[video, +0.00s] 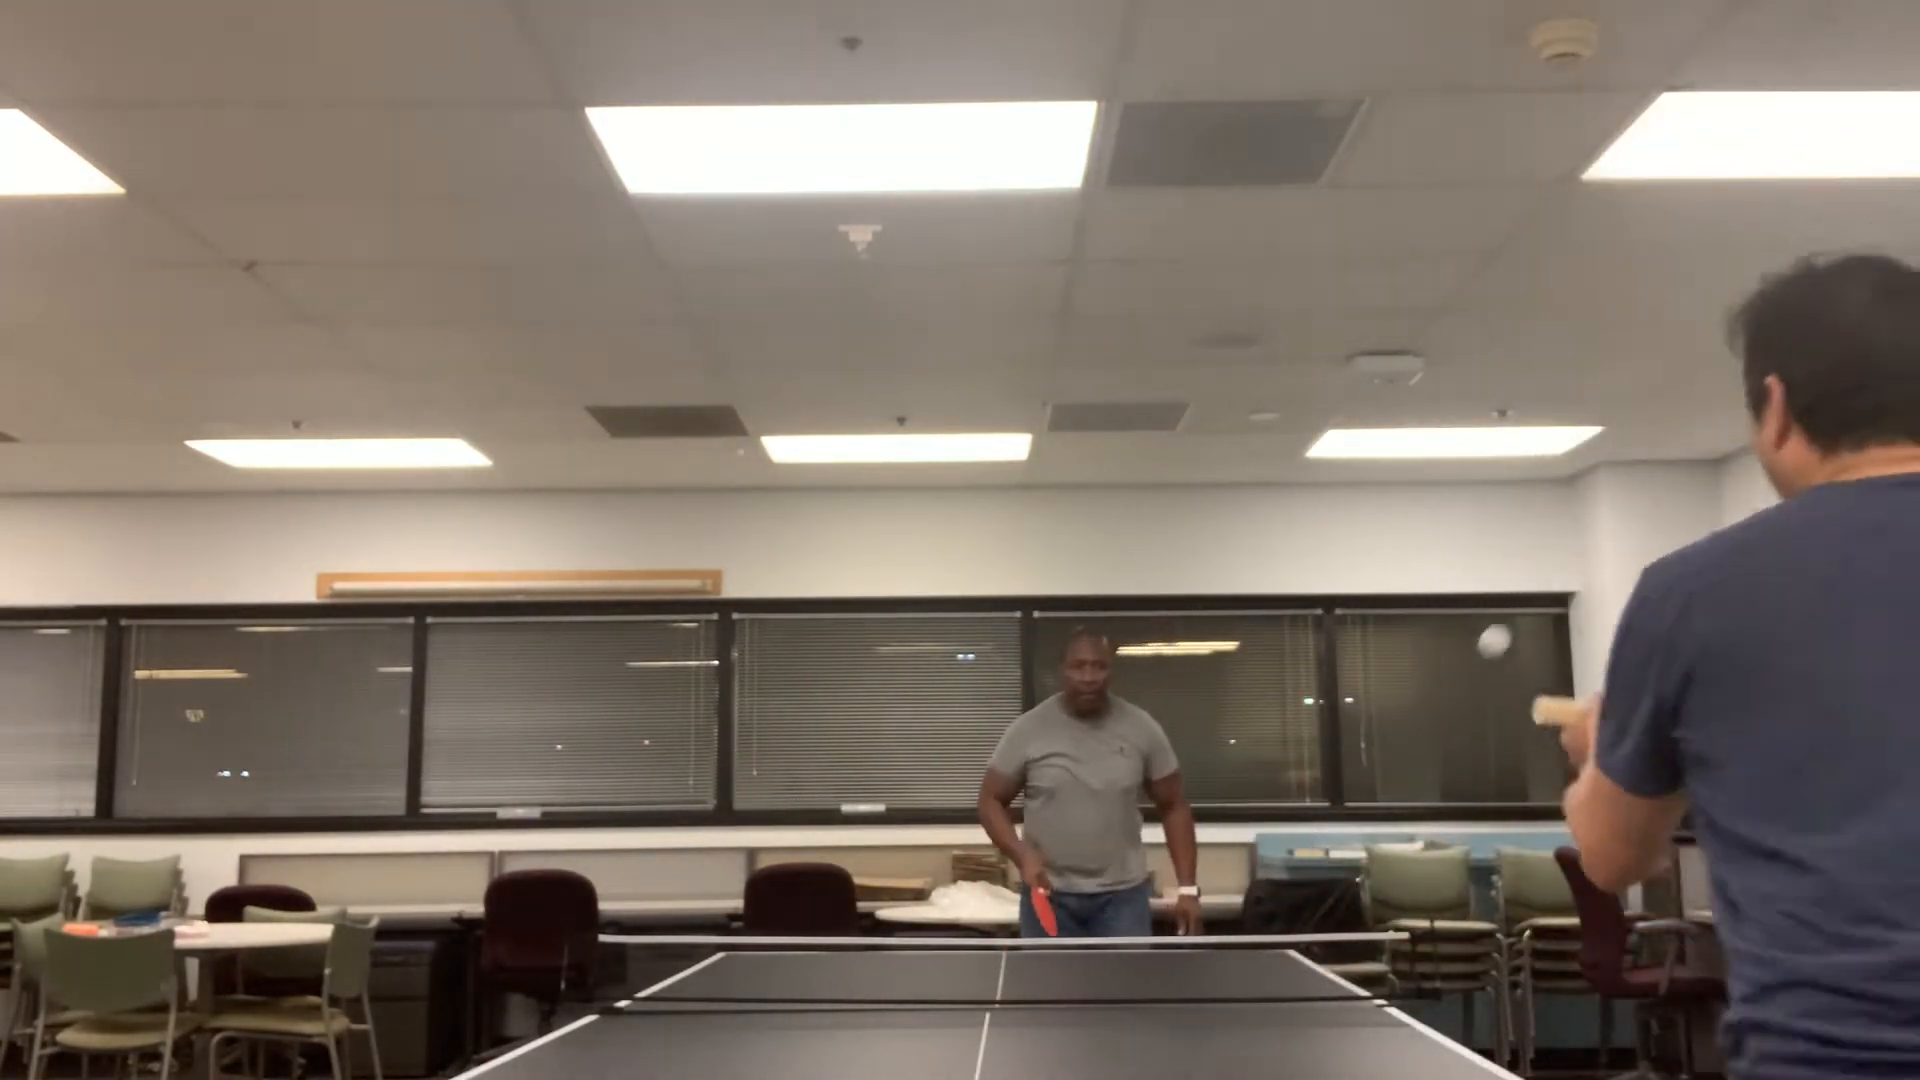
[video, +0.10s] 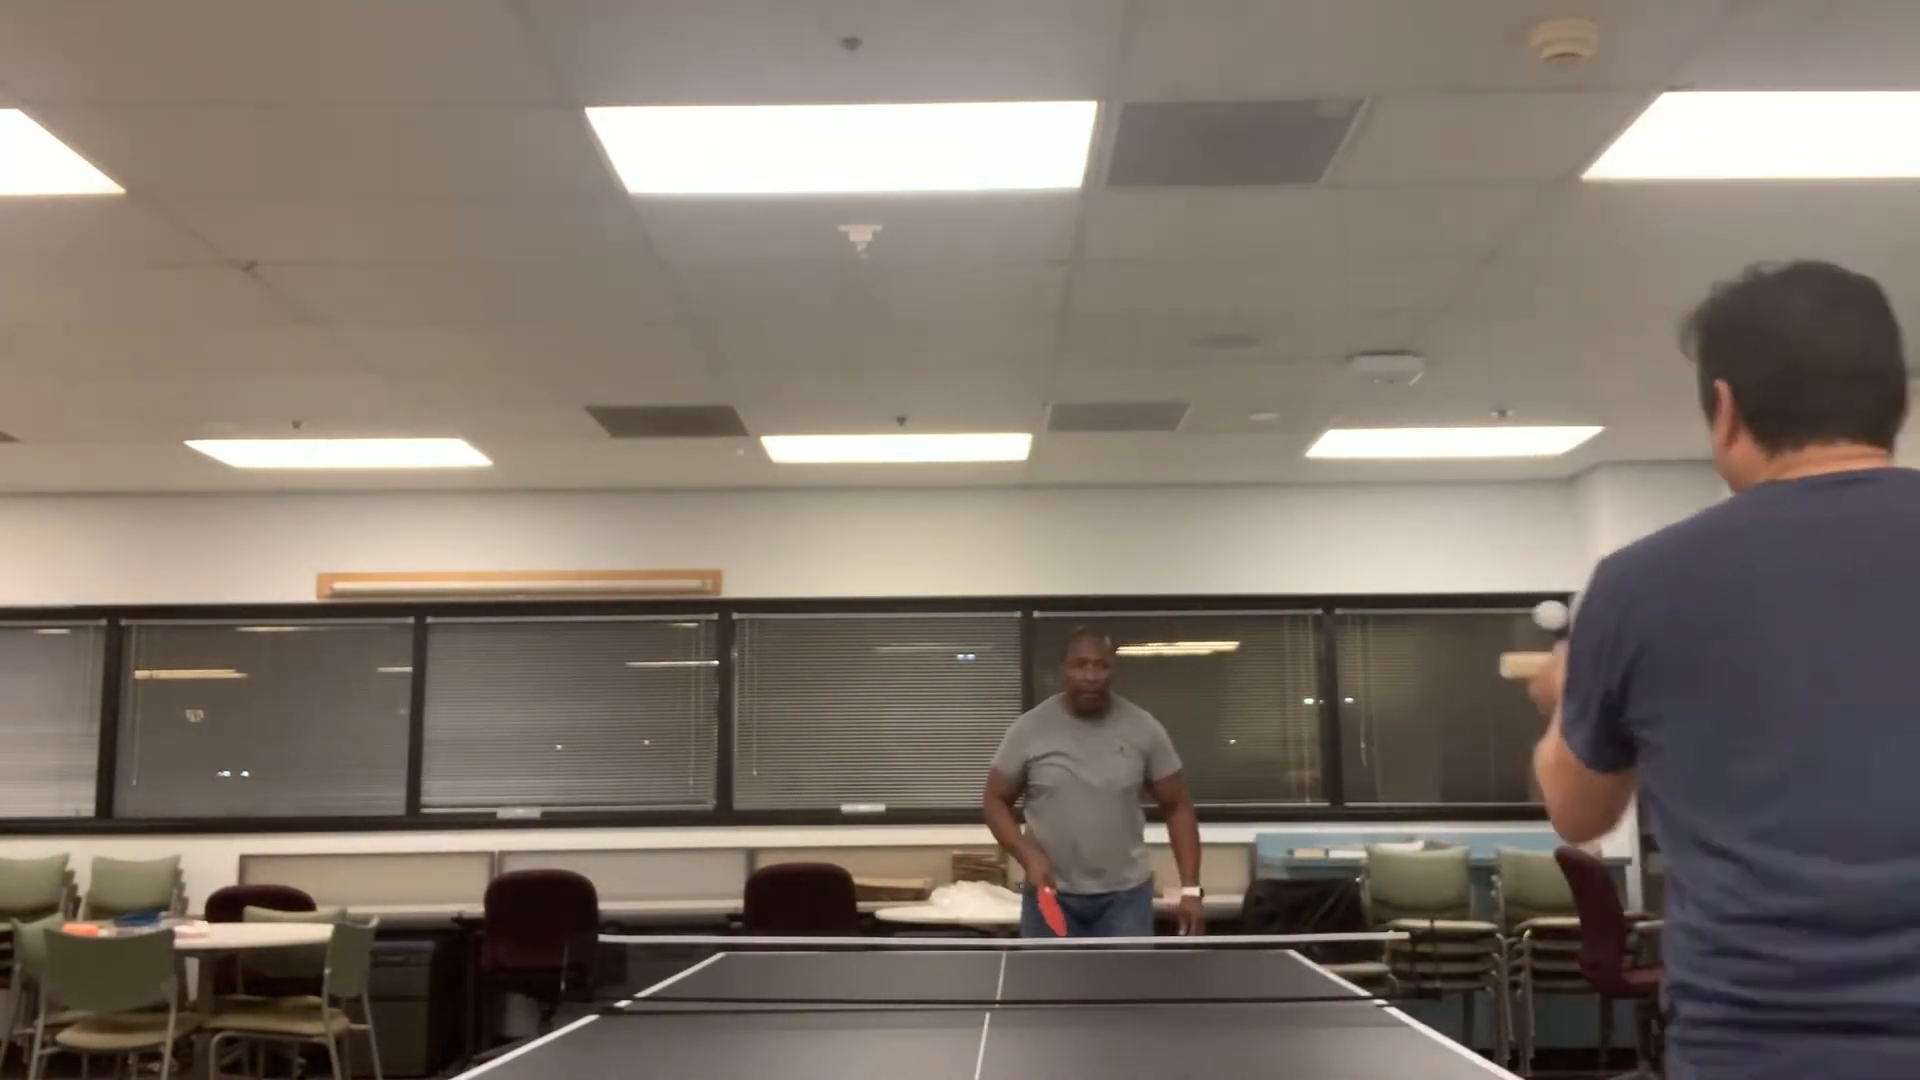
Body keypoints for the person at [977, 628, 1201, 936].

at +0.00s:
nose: (1089, 677)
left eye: (1099, 667)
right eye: (1079, 667)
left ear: (1110, 671)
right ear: (1062, 671)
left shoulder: (1141, 729)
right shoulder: (1028, 729)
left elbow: (1174, 806)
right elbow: (989, 802)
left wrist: (1187, 890)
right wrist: (1022, 856)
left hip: (1123, 896)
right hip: (1049, 897)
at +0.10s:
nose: (1091, 676)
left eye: (1101, 666)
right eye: (1080, 665)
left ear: (1112, 671)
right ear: (1063, 670)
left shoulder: (1143, 729)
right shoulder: (1029, 729)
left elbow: (1177, 807)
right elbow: (995, 802)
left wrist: (1191, 890)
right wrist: (1028, 857)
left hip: (1125, 897)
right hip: (1051, 897)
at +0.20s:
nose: (1093, 674)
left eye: (1102, 663)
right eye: (1082, 663)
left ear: (1113, 669)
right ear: (1065, 669)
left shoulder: (1146, 728)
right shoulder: (1031, 728)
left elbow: (1185, 804)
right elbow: (998, 801)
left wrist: (1194, 888)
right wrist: (1032, 856)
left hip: (1128, 897)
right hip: (1053, 897)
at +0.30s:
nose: (1092, 670)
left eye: (1101, 659)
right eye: (1081, 660)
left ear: (1112, 665)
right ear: (1065, 666)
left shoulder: (1148, 723)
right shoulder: (1032, 725)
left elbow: (1190, 798)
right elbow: (999, 798)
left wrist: (1197, 880)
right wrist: (1028, 850)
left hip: (1129, 894)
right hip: (1055, 894)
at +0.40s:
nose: (1085, 669)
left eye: (1096, 658)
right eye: (1075, 659)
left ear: (1109, 662)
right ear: (1060, 664)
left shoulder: (1143, 719)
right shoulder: (1029, 724)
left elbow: (1189, 791)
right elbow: (996, 796)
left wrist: (1198, 870)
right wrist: (1023, 851)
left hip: (1126, 894)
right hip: (1051, 894)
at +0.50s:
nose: (1074, 676)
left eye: (1084, 665)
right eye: (1064, 665)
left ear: (1098, 667)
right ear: (1052, 669)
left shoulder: (1134, 721)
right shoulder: (1023, 726)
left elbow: (1179, 790)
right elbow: (989, 796)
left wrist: (1195, 865)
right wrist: (1011, 850)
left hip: (1118, 897)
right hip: (1044, 897)